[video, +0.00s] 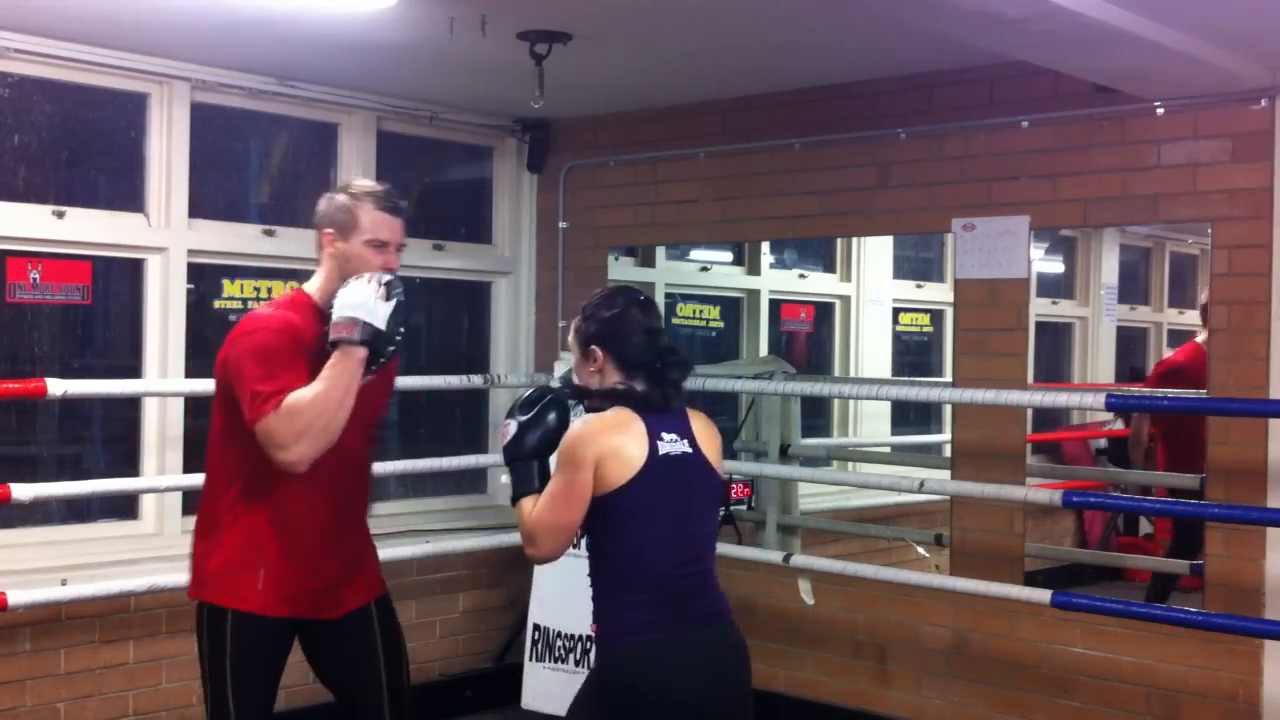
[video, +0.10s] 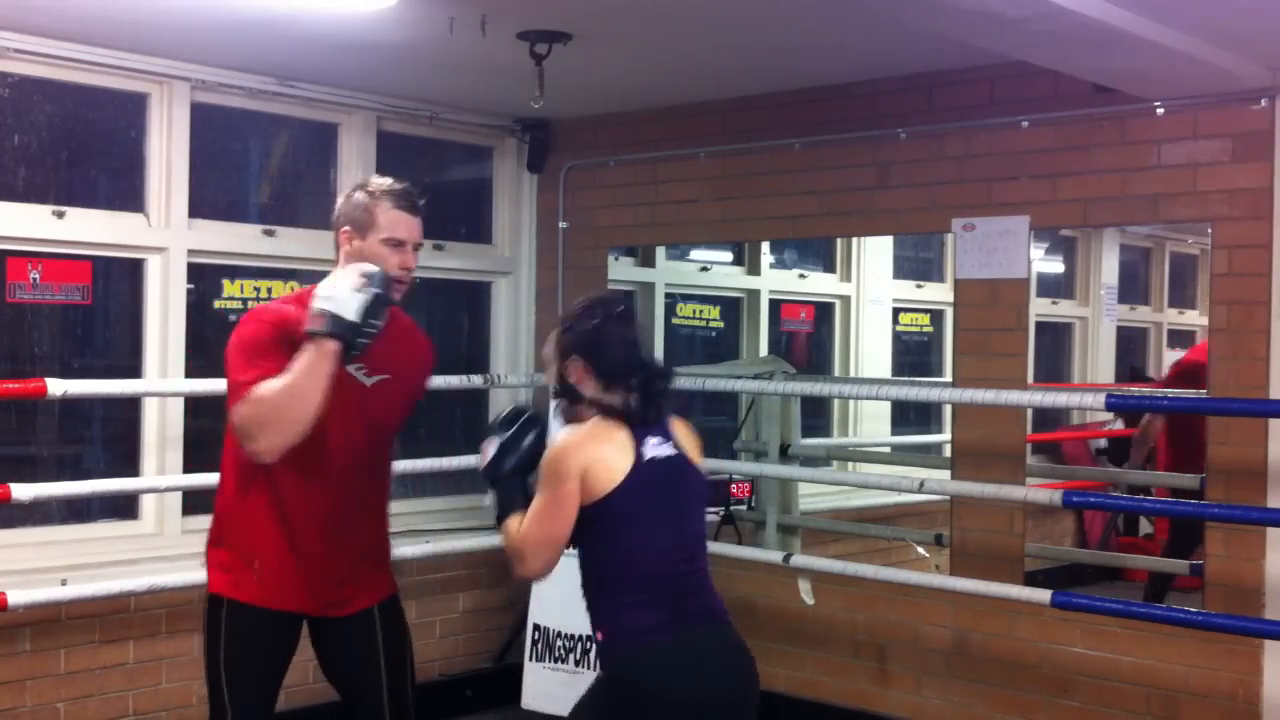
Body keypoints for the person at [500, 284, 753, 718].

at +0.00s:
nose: (573, 368)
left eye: (575, 356)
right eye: (573, 356)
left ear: (598, 359)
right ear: (651, 352)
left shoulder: (592, 436)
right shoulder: (705, 430)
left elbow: (541, 544)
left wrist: (522, 461)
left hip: (636, 669)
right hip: (718, 660)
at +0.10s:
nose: (555, 385)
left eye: (556, 373)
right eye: (552, 374)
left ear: (578, 373)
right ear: (632, 362)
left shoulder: (574, 448)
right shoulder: (682, 433)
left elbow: (529, 560)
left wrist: (508, 484)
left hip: (644, 680)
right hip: (724, 667)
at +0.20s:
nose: (513, 459)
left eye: (513, 444)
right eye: (513, 444)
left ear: (533, 442)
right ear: (580, 432)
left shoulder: (549, 506)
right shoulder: (626, 481)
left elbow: (509, 634)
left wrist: (484, 550)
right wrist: (498, 469)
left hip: (648, 701)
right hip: (721, 691)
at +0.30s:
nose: (478, 545)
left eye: (480, 532)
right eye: (478, 531)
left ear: (505, 540)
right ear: (554, 518)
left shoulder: (536, 596)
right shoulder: (622, 560)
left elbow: (514, 710)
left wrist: (468, 646)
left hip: (644, 711)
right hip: (713, 707)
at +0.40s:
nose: (481, 574)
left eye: (482, 563)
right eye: (480, 561)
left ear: (508, 574)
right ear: (560, 548)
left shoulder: (537, 622)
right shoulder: (627, 581)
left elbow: (523, 716)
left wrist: (476, 671)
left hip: (642, 710)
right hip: (709, 707)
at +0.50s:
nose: (506, 542)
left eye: (506, 529)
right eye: (504, 530)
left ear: (532, 530)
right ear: (579, 516)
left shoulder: (548, 585)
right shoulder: (648, 556)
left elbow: (529, 705)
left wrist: (491, 635)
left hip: (645, 712)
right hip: (728, 710)